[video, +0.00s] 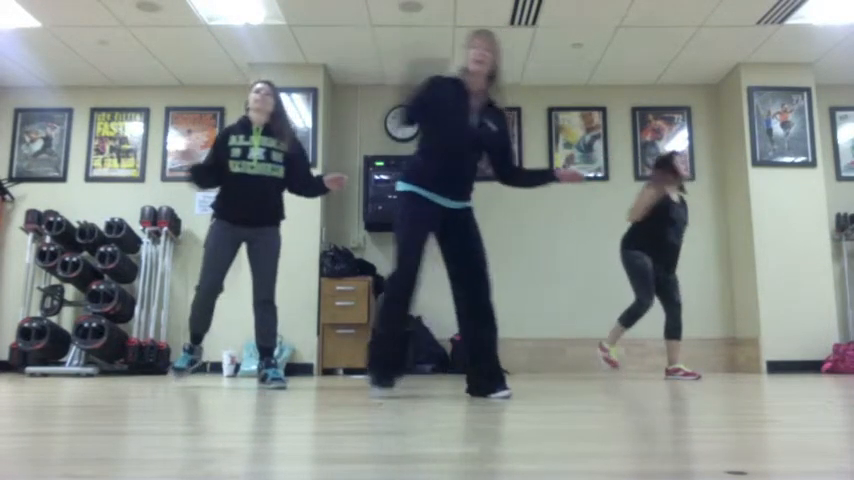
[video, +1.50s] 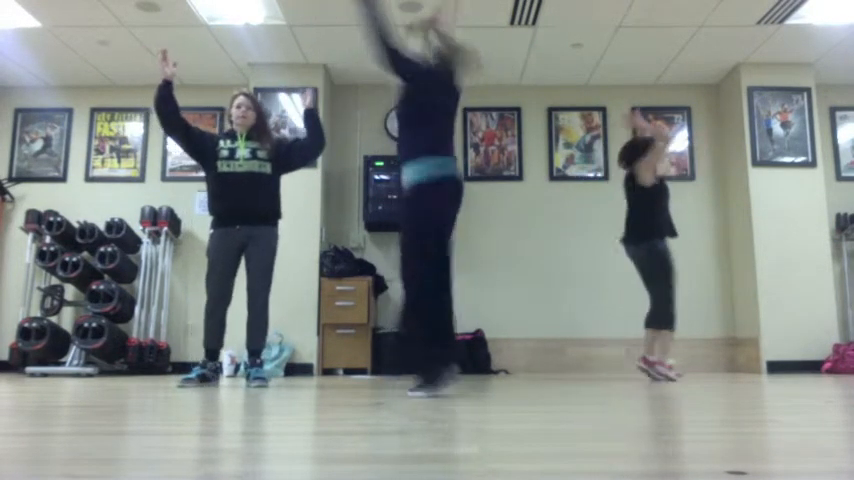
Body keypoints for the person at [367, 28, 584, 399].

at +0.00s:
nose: (478, 54)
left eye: (486, 50)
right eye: (474, 48)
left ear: (495, 61)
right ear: (464, 54)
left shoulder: (494, 116)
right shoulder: (442, 87)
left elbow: (508, 175)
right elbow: (412, 115)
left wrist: (554, 175)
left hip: (456, 207)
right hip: (417, 198)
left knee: (475, 290)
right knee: (405, 278)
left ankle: (484, 380)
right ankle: (381, 370)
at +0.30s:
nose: (426, 49)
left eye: (431, 45)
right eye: (419, 44)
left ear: (438, 54)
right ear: (407, 52)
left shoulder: (451, 101)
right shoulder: (385, 91)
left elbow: (489, 117)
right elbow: (336, 97)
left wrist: (515, 121)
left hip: (432, 204)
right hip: (387, 203)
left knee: (454, 274)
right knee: (376, 288)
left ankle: (456, 363)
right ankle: (369, 379)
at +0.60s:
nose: (414, 49)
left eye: (420, 46)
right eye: (408, 45)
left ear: (430, 57)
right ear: (397, 54)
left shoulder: (444, 99)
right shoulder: (380, 92)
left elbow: (492, 100)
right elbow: (338, 55)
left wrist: (522, 61)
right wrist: (332, 7)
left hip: (434, 199)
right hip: (391, 196)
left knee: (434, 283)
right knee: (388, 281)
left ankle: (414, 366)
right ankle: (375, 373)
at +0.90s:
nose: (430, 44)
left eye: (430, 38)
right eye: (424, 38)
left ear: (426, 44)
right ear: (411, 41)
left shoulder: (426, 72)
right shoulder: (407, 69)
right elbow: (404, 38)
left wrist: (442, 59)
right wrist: (409, 11)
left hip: (423, 169)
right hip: (416, 169)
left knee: (418, 258)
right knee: (418, 258)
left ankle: (420, 348)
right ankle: (413, 349)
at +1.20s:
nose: (439, 65)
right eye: (437, 59)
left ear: (402, 66)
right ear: (437, 64)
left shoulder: (391, 103)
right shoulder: (449, 95)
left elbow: (351, 114)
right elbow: (496, 58)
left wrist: (345, 82)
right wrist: (475, 18)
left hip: (398, 204)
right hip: (439, 203)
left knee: (405, 293)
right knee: (446, 293)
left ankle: (396, 375)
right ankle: (427, 374)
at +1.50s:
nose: (414, 48)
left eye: (418, 45)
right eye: (419, 43)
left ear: (424, 52)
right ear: (449, 58)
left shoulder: (422, 78)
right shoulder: (446, 83)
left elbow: (388, 50)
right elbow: (442, 57)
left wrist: (368, 5)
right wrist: (433, 28)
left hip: (426, 185)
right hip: (443, 183)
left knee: (419, 273)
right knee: (433, 271)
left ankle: (432, 367)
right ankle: (440, 361)